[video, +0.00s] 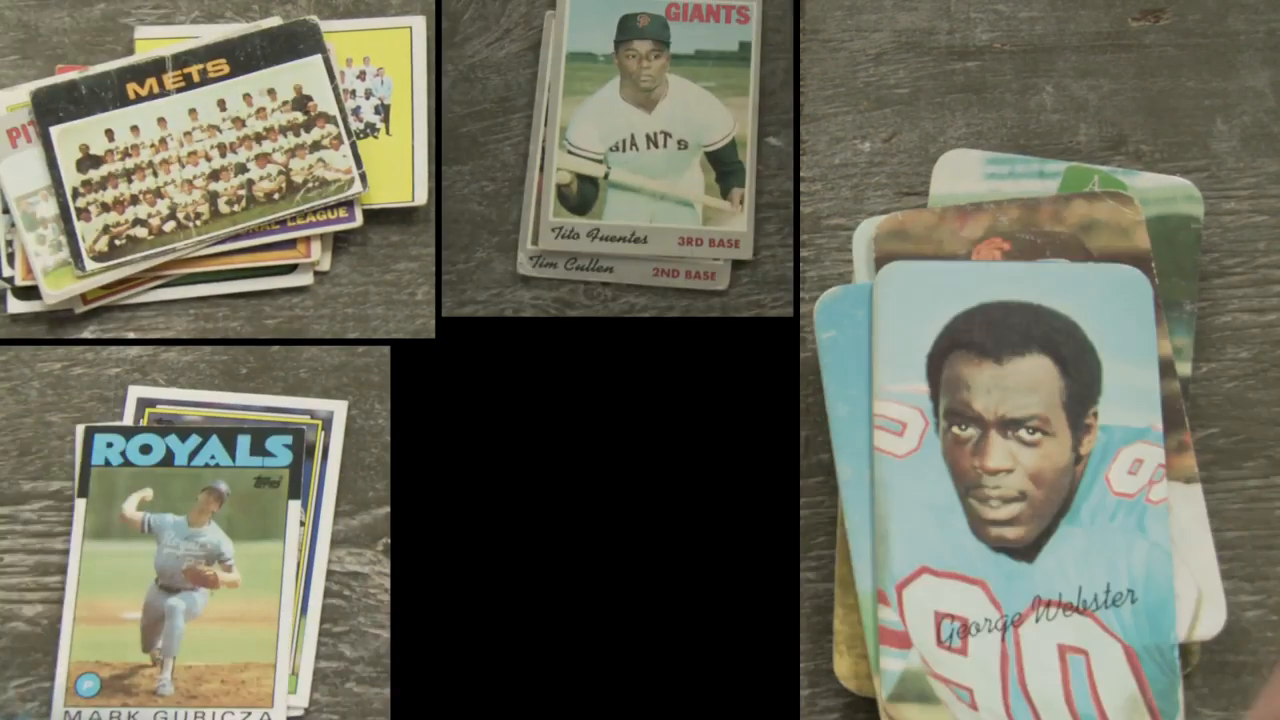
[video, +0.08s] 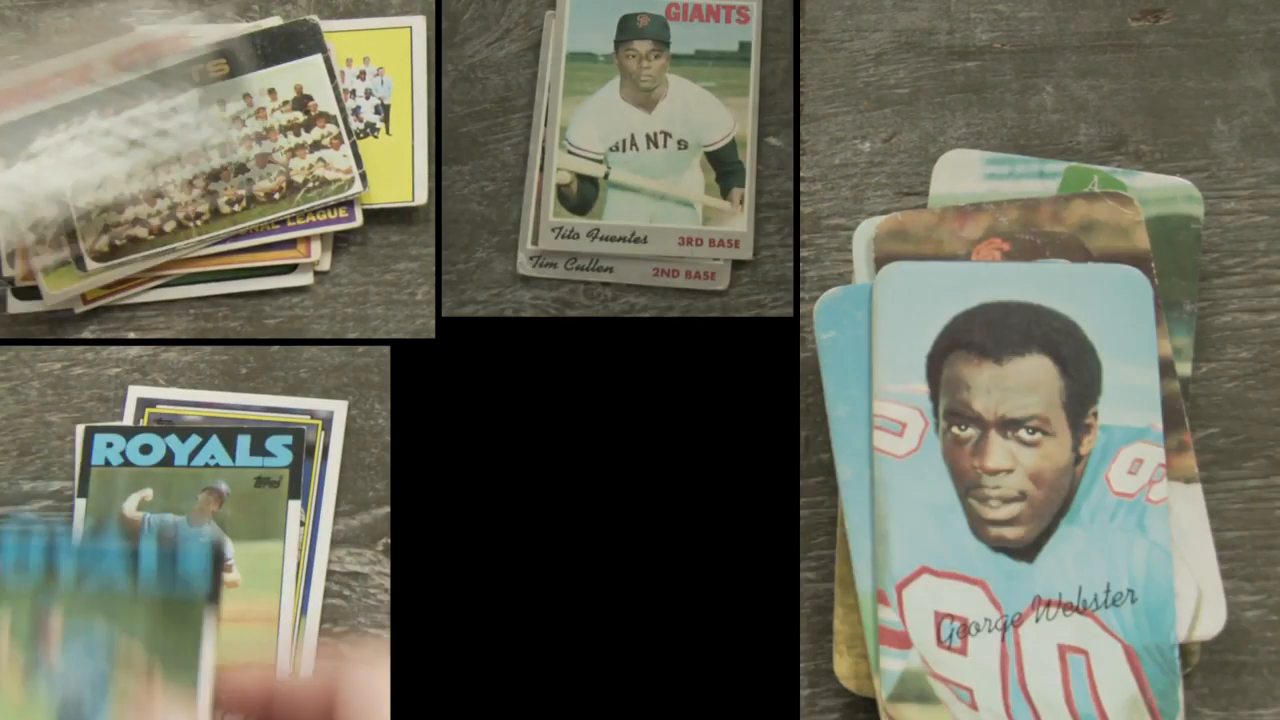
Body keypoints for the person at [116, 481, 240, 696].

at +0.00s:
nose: (211, 500)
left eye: (217, 499)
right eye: (209, 494)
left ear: (218, 507)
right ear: (199, 495)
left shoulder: (218, 539)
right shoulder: (167, 523)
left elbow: (235, 578)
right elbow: (127, 513)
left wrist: (215, 576)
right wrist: (139, 494)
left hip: (193, 592)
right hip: (160, 589)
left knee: (174, 605)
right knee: (147, 645)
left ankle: (166, 677)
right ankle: (159, 650)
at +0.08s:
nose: (209, 499)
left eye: (215, 498)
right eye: (208, 493)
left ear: (217, 507)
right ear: (199, 495)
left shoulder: (220, 539)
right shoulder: (170, 523)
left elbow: (235, 578)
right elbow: (128, 513)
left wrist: (214, 576)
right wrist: (140, 495)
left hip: (199, 609)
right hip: (165, 605)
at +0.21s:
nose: (129, 498)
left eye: (133, 494)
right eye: (125, 495)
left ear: (144, 495)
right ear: (122, 498)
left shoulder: (166, 510)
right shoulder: (127, 524)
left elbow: (194, 524)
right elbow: (110, 539)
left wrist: (209, 539)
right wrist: (97, 512)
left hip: (173, 568)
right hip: (146, 574)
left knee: (159, 598)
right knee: (147, 617)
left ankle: (141, 657)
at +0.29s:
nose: (129, 498)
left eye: (133, 494)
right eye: (126, 495)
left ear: (144, 495)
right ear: (122, 498)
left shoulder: (166, 510)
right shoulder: (128, 524)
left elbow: (194, 524)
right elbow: (111, 539)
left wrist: (209, 539)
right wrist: (97, 511)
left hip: (173, 568)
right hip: (146, 574)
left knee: (159, 598)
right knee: (146, 615)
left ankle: (141, 657)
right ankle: (155, 635)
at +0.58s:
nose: (266, 499)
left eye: (271, 492)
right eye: (260, 492)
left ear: (276, 493)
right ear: (246, 492)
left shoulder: (251, 508)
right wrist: (317, 577)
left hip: (200, 568)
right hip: (166, 558)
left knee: (191, 633)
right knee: (136, 620)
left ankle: (167, 691)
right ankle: (113, 669)